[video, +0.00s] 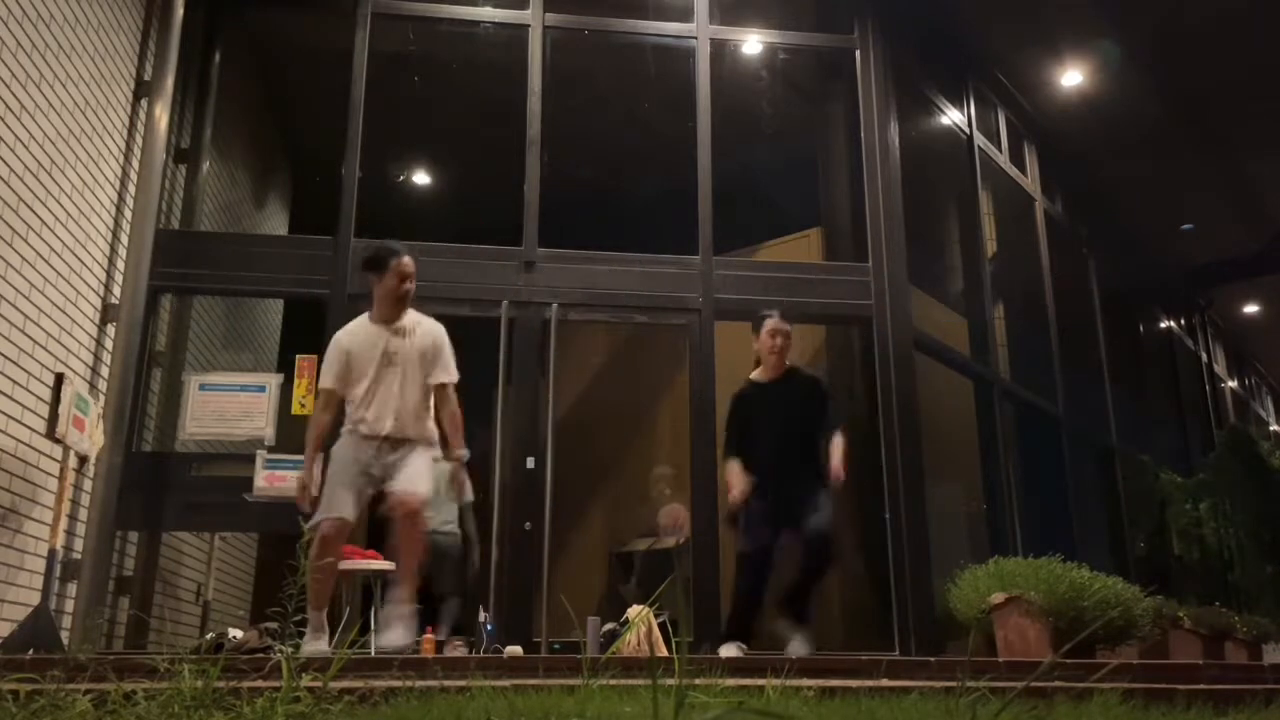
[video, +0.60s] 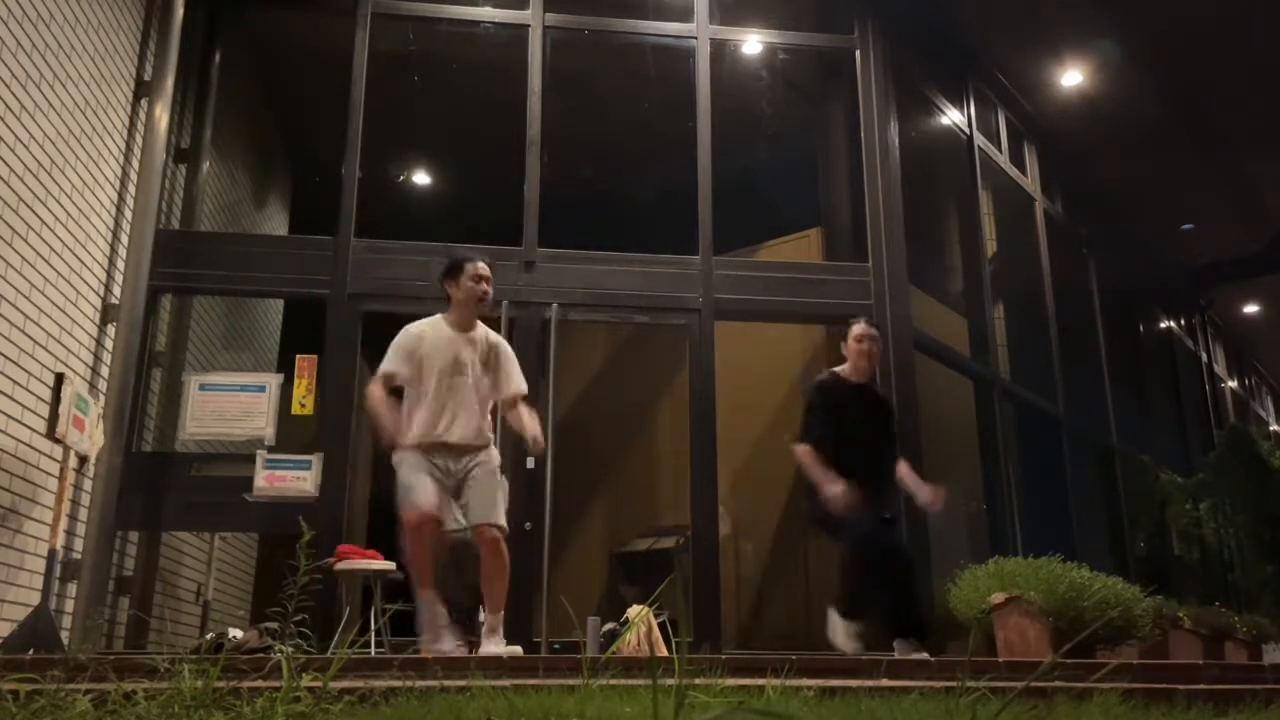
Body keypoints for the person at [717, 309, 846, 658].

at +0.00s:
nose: (779, 342)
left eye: (785, 335)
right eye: (772, 335)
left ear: (792, 342)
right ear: (757, 341)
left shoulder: (811, 387)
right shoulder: (745, 396)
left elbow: (833, 427)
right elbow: (732, 446)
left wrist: (835, 459)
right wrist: (736, 479)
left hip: (807, 483)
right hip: (761, 486)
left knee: (820, 547)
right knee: (752, 560)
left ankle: (793, 618)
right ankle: (736, 638)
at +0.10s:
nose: (794, 327)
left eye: (798, 320)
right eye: (787, 319)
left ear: (803, 325)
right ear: (768, 324)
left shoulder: (820, 366)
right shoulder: (756, 376)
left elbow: (856, 405)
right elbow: (751, 425)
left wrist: (853, 396)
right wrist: (778, 410)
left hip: (817, 475)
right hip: (771, 482)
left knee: (861, 520)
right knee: (757, 558)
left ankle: (841, 607)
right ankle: (735, 638)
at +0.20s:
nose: (812, 312)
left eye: (815, 305)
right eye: (804, 305)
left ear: (819, 310)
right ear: (785, 310)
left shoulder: (835, 346)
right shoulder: (777, 353)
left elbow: (886, 375)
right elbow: (762, 389)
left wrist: (873, 348)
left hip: (838, 459)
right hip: (789, 464)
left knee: (877, 526)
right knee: (769, 543)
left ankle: (876, 610)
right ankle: (741, 626)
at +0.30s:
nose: (831, 317)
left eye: (834, 309)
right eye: (823, 310)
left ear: (840, 312)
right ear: (803, 315)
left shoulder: (857, 349)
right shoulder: (793, 357)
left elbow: (909, 362)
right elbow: (779, 379)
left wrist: (896, 339)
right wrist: (817, 342)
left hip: (856, 458)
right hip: (808, 460)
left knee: (881, 537)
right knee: (797, 523)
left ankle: (908, 627)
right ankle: (765, 615)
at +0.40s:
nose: (846, 330)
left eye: (850, 322)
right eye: (838, 323)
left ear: (859, 327)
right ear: (820, 329)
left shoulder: (875, 368)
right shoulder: (812, 367)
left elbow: (927, 393)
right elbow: (799, 397)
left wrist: (915, 362)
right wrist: (840, 357)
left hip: (872, 473)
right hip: (823, 473)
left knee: (889, 548)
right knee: (834, 527)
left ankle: (905, 636)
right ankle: (814, 613)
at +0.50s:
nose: (863, 343)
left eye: (867, 335)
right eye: (854, 335)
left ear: (874, 341)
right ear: (838, 341)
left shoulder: (877, 385)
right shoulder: (822, 382)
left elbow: (913, 408)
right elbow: (813, 434)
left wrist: (927, 423)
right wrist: (859, 419)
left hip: (879, 486)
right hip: (835, 489)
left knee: (896, 552)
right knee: (866, 545)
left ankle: (905, 637)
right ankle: (864, 633)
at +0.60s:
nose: (867, 346)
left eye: (873, 340)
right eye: (859, 340)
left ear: (880, 349)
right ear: (845, 347)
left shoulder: (881, 401)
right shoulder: (826, 389)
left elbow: (892, 456)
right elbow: (802, 446)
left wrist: (919, 488)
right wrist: (829, 483)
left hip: (877, 492)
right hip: (836, 493)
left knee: (897, 556)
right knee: (867, 540)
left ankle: (905, 639)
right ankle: (845, 615)